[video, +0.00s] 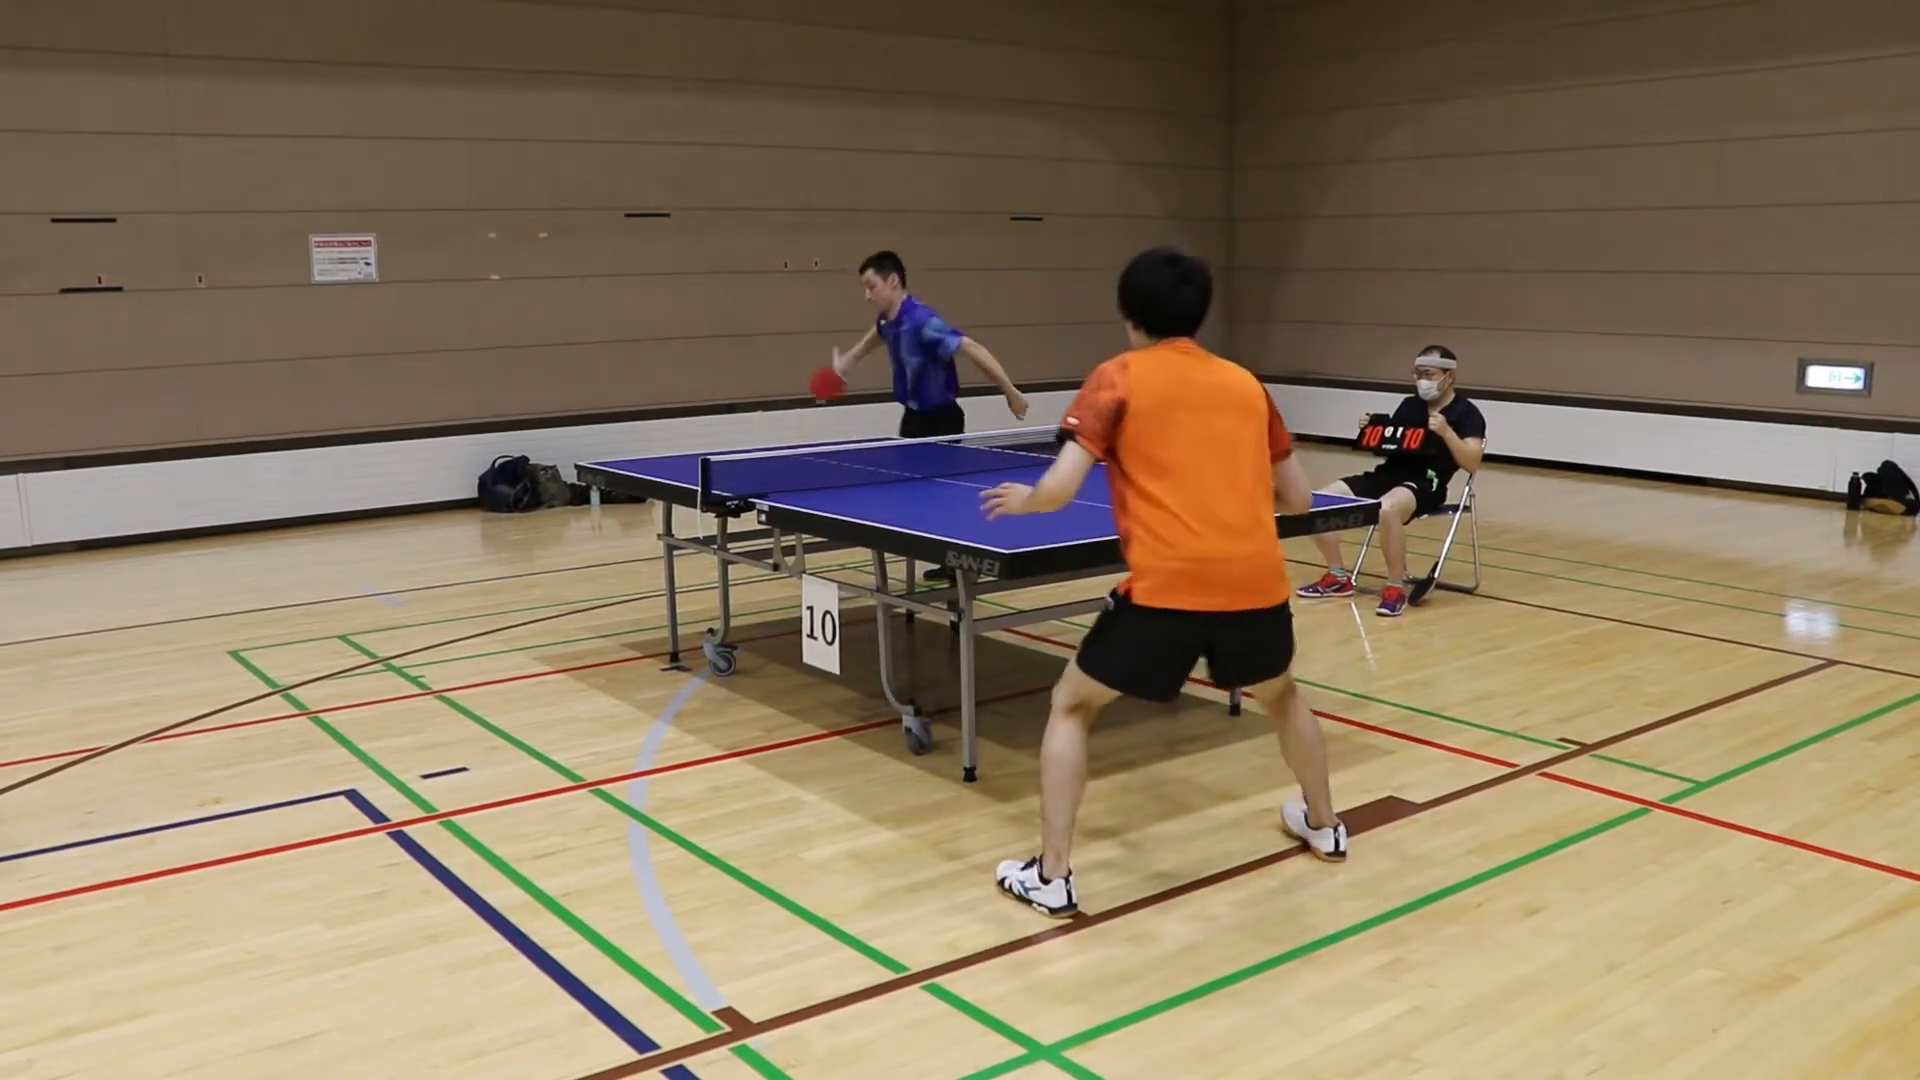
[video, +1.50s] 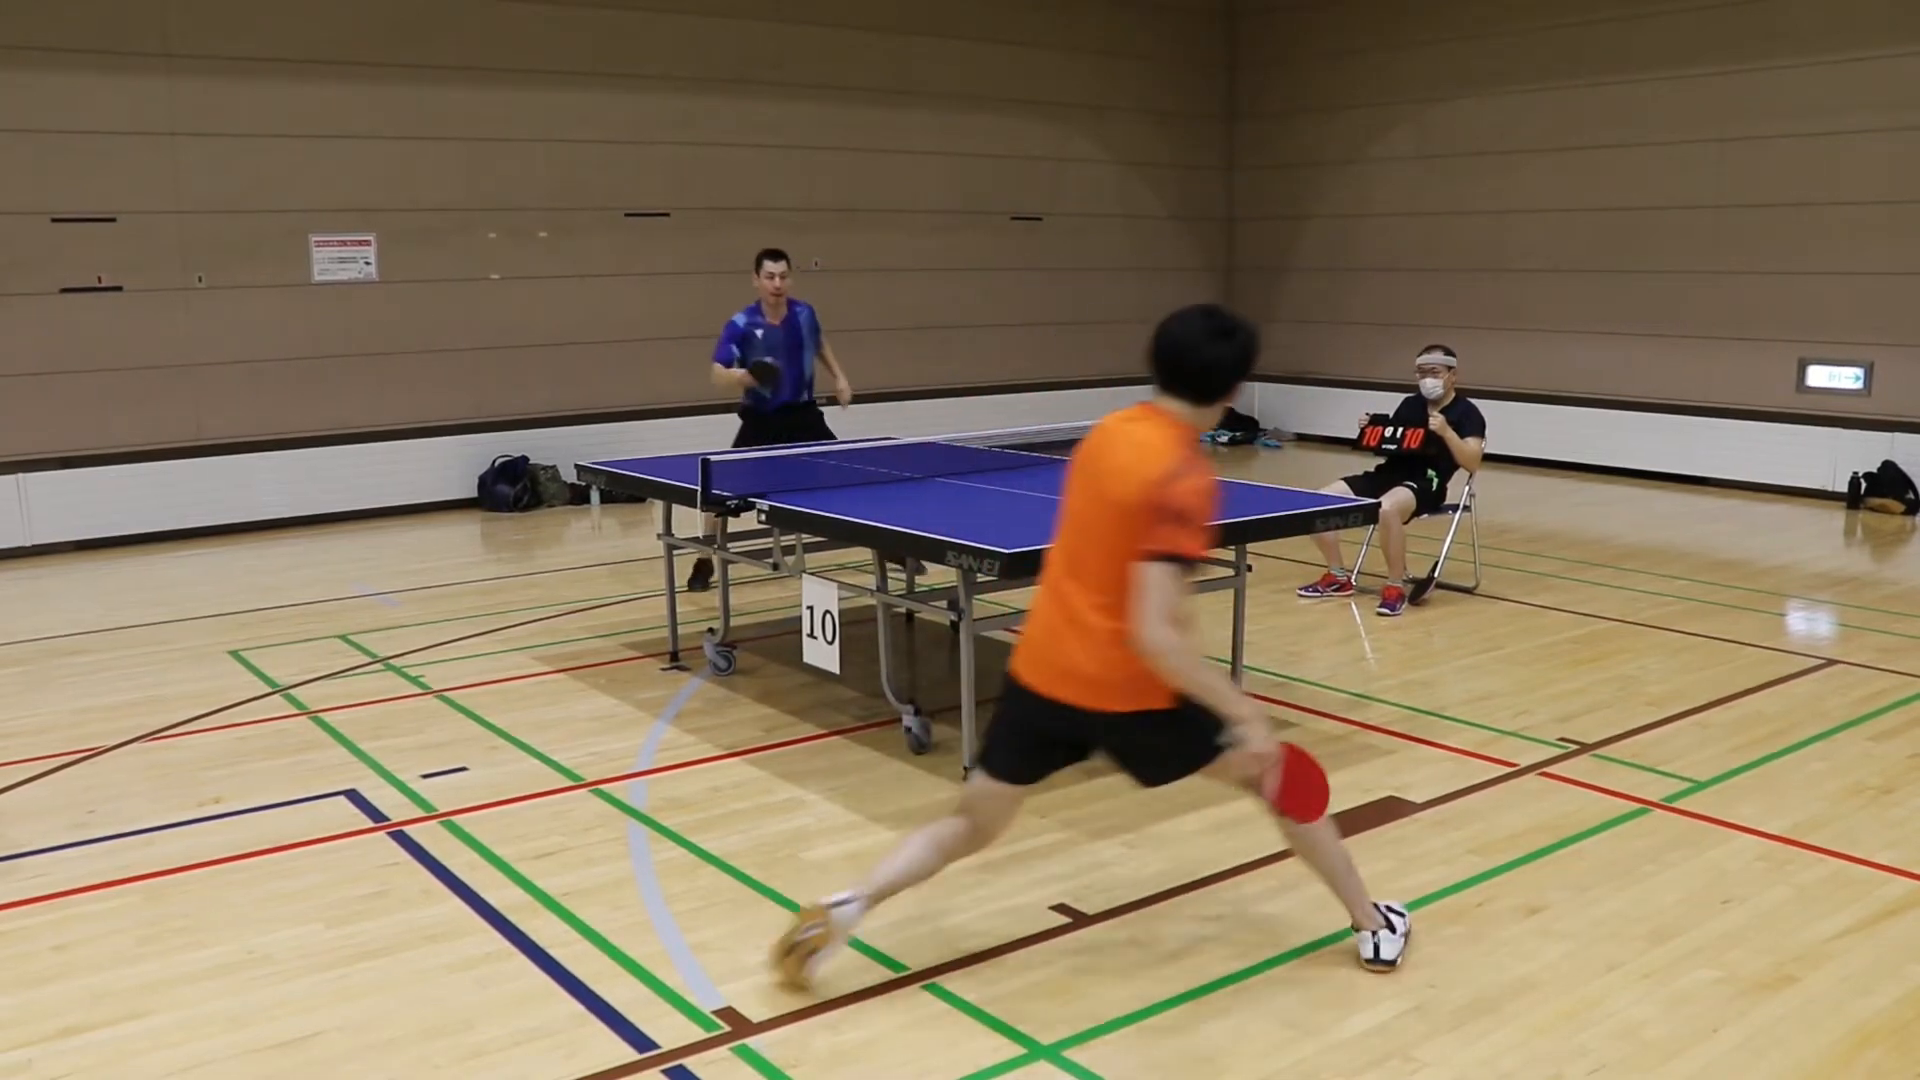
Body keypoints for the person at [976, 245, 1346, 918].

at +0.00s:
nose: (1120, 319)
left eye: (1123, 310)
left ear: (1131, 314)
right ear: (1198, 315)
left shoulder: (1119, 378)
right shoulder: (1246, 386)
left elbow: (1058, 491)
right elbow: (1296, 497)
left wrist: (1025, 499)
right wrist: (1229, 486)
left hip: (1163, 598)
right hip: (1256, 594)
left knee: (1072, 705)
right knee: (1285, 698)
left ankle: (1052, 873)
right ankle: (1325, 823)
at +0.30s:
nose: (1133, 350)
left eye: (1134, 340)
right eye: (1137, 340)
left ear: (1144, 344)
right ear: (1206, 340)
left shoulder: (1141, 402)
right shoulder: (1247, 399)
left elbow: (1074, 512)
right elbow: (1300, 481)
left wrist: (1052, 509)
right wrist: (1240, 496)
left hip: (1203, 606)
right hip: (1282, 599)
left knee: (1064, 689)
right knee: (1277, 686)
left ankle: (1034, 859)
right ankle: (1324, 821)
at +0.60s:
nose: (1048, 384)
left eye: (1049, 372)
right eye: (1048, 372)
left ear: (1062, 372)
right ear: (1121, 364)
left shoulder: (1068, 421)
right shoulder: (1168, 422)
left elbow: (995, 512)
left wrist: (978, 499)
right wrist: (1063, 497)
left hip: (1128, 640)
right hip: (1213, 636)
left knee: (983, 706)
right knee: (1236, 711)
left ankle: (982, 880)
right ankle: (1317, 823)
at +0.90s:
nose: (977, 363)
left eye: (979, 353)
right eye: (984, 352)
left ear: (987, 359)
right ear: (1055, 355)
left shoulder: (977, 431)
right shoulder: (1104, 423)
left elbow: (913, 553)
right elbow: (1184, 479)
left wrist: (884, 562)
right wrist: (1143, 424)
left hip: (1017, 647)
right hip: (1111, 641)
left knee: (906, 739)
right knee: (1165, 748)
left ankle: (850, 900)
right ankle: (1261, 874)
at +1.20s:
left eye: (1131, 310)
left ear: (1132, 317)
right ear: (1208, 322)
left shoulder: (1089, 389)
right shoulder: (1239, 416)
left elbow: (1036, 500)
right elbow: (1263, 561)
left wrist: (1106, 512)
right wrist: (1238, 541)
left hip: (1085, 627)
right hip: (1192, 630)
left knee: (1007, 740)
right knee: (1288, 748)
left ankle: (969, 886)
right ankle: (1372, 909)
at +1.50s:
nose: (1240, 391)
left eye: (1234, 376)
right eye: (1239, 381)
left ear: (1159, 366)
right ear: (1227, 391)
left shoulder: (1106, 429)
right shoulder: (1183, 471)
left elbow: (1082, 554)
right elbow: (1157, 632)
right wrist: (1242, 711)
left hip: (1041, 676)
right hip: (1127, 692)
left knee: (973, 819)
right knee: (1271, 774)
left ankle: (849, 907)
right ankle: (1373, 923)